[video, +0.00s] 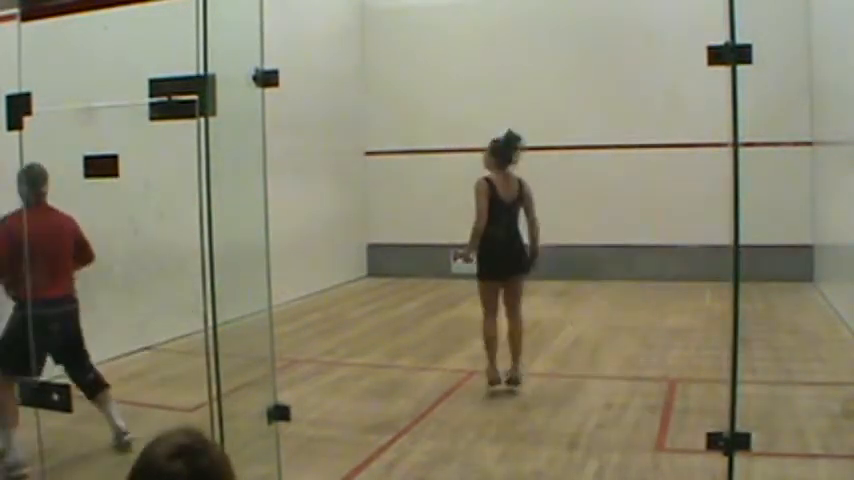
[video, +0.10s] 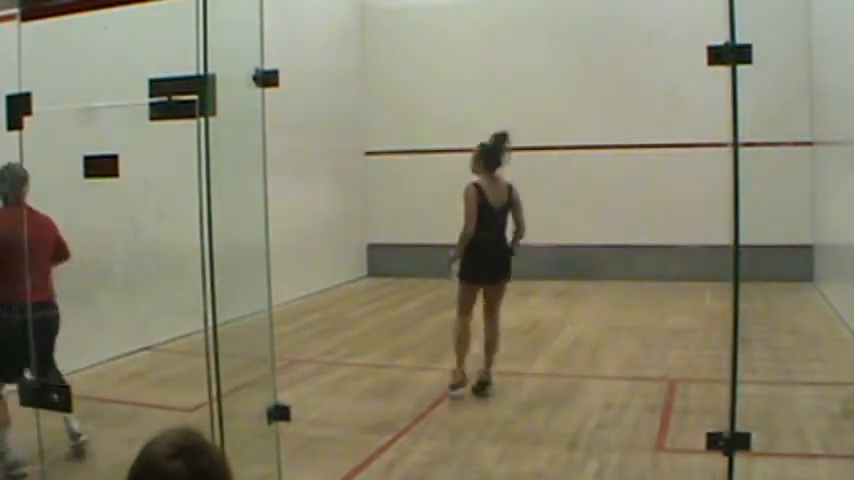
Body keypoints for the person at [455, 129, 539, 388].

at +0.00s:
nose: (484, 157)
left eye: (487, 154)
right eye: (486, 153)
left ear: (493, 158)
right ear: (508, 159)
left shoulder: (484, 184)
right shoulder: (520, 184)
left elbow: (481, 220)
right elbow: (532, 221)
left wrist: (469, 248)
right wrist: (534, 249)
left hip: (490, 254)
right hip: (516, 252)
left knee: (490, 313)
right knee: (514, 311)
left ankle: (492, 368)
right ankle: (515, 367)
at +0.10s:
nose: (471, 162)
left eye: (474, 158)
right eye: (474, 158)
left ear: (481, 162)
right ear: (496, 164)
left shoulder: (474, 189)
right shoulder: (508, 189)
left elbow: (470, 228)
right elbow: (519, 226)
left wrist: (457, 252)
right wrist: (513, 245)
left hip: (475, 254)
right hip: (500, 254)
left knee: (464, 314)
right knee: (492, 316)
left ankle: (459, 372)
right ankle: (487, 373)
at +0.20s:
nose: (457, 174)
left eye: (461, 170)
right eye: (459, 169)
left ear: (470, 174)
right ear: (482, 175)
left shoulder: (463, 202)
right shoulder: (496, 201)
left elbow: (457, 240)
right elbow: (506, 238)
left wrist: (445, 262)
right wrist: (491, 252)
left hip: (460, 270)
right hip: (485, 271)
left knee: (435, 321)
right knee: (478, 324)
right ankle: (480, 379)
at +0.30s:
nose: (440, 180)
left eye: (444, 176)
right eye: (442, 175)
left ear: (455, 180)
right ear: (465, 180)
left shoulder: (446, 208)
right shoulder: (482, 208)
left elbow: (441, 248)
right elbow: (488, 247)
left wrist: (420, 275)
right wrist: (470, 255)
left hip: (445, 276)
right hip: (471, 276)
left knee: (415, 325)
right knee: (468, 328)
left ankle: (386, 374)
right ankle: (480, 381)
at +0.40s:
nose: (422, 182)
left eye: (425, 178)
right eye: (423, 177)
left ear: (437, 182)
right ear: (446, 182)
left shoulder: (428, 210)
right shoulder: (463, 209)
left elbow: (422, 251)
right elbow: (468, 252)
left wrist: (401, 278)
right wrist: (449, 256)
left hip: (426, 280)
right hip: (453, 279)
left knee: (398, 333)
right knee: (458, 329)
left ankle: (373, 381)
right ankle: (478, 381)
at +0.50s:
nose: (402, 186)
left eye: (405, 182)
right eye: (403, 181)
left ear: (416, 185)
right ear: (427, 186)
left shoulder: (407, 213)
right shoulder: (442, 213)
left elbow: (400, 254)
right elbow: (451, 255)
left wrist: (378, 284)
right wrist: (432, 264)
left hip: (405, 283)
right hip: (432, 283)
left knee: (387, 339)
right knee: (451, 335)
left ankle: (372, 394)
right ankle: (478, 383)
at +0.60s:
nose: (385, 187)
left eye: (388, 183)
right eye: (386, 182)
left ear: (398, 186)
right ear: (411, 187)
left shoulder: (386, 214)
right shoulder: (425, 215)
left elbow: (379, 254)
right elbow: (435, 256)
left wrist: (357, 282)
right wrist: (415, 268)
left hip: (387, 285)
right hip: (415, 283)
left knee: (375, 344)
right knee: (437, 336)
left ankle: (370, 396)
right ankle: (467, 383)